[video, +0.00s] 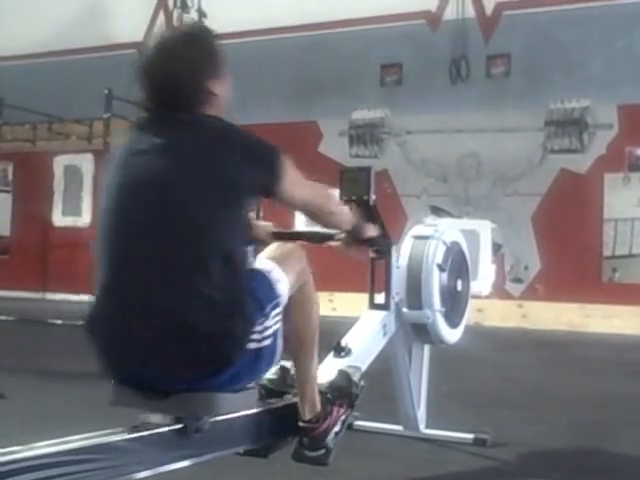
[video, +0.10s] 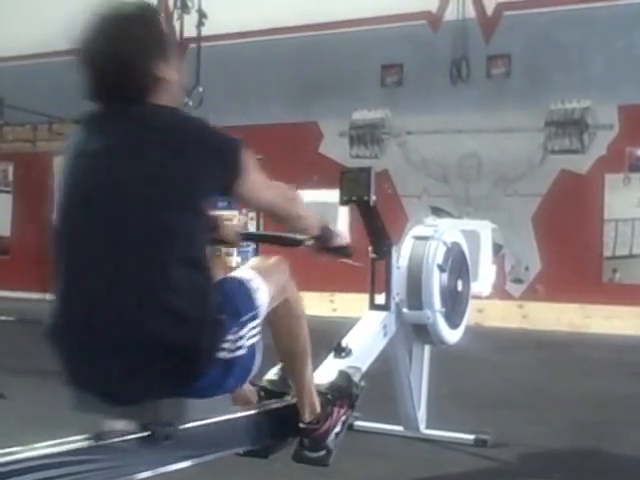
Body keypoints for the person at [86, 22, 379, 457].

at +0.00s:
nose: (228, 84)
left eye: (224, 73)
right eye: (223, 73)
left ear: (153, 87)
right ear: (210, 85)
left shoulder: (131, 149)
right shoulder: (230, 146)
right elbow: (320, 202)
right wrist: (354, 224)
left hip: (126, 361)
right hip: (205, 365)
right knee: (293, 256)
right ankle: (311, 410)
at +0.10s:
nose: (180, 73)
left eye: (177, 60)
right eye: (175, 60)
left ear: (101, 72)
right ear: (158, 69)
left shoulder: (85, 140)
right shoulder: (189, 138)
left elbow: (122, 229)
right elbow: (280, 200)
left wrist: (209, 227)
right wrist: (321, 228)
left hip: (90, 367)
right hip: (178, 368)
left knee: (213, 270)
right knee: (278, 273)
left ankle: (246, 401)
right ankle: (311, 410)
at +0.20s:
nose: (128, 53)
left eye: (121, 41)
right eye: (120, 42)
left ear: (43, 60)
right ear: (102, 50)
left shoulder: (33, 133)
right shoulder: (142, 128)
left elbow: (87, 208)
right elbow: (242, 196)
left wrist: (177, 225)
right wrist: (293, 228)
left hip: (49, 370)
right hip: (136, 366)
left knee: (184, 289)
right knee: (261, 293)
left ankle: (244, 406)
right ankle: (312, 417)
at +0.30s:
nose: (70, 50)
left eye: (67, 38)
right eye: (64, 38)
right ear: (41, 44)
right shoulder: (88, 132)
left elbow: (38, 222)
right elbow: (211, 208)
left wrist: (130, 224)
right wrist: (260, 228)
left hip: (25, 379)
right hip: (108, 362)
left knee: (203, 379)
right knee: (250, 331)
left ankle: (260, 415)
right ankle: (315, 418)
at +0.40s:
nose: (33, 65)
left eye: (31, 50)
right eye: (30, 50)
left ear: (5, 51)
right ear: (7, 53)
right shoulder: (48, 144)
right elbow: (173, 250)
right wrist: (212, 243)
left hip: (9, 381)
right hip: (80, 370)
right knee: (240, 350)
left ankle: (267, 409)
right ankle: (315, 419)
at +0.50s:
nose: (32, 63)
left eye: (30, 48)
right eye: (29, 49)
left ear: (4, 53)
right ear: (7, 54)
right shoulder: (34, 140)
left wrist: (132, 249)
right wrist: (160, 247)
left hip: (10, 381)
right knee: (235, 345)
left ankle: (262, 412)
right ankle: (314, 420)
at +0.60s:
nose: (58, 60)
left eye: (55, 47)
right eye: (52, 46)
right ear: (29, 48)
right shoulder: (47, 135)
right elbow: (55, 273)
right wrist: (127, 250)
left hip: (10, 365)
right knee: (243, 333)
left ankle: (245, 407)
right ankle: (312, 420)